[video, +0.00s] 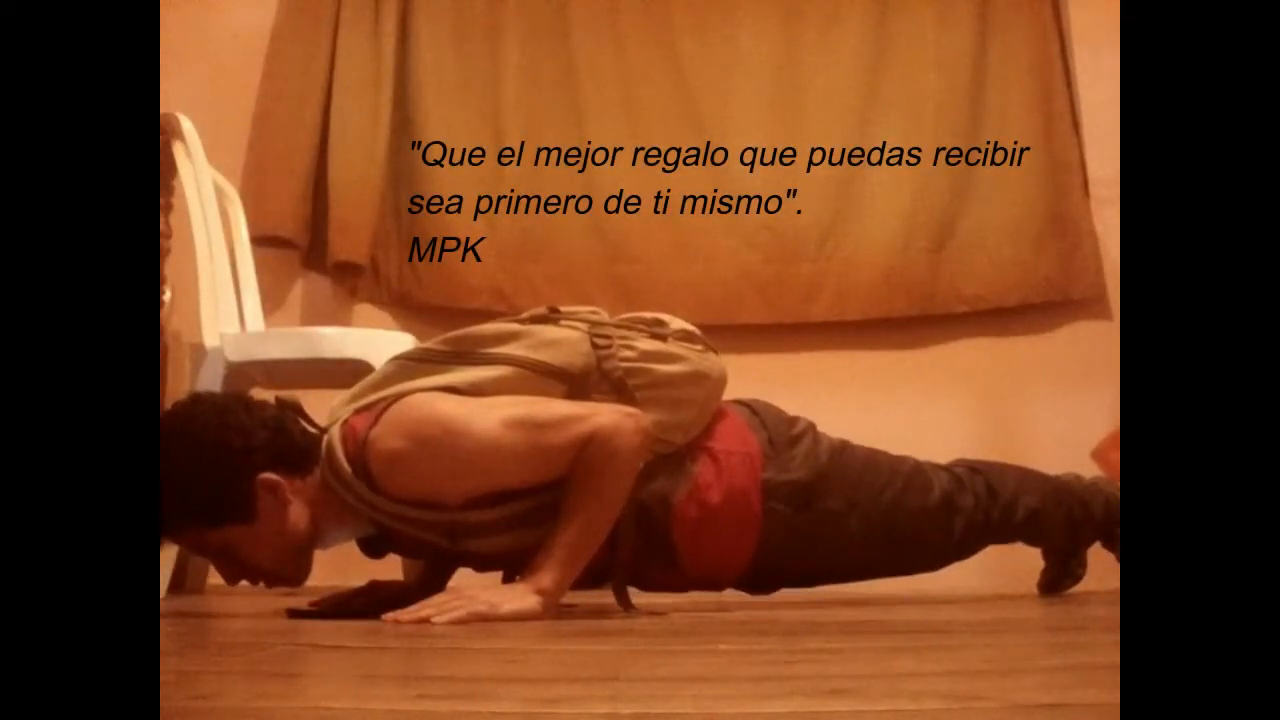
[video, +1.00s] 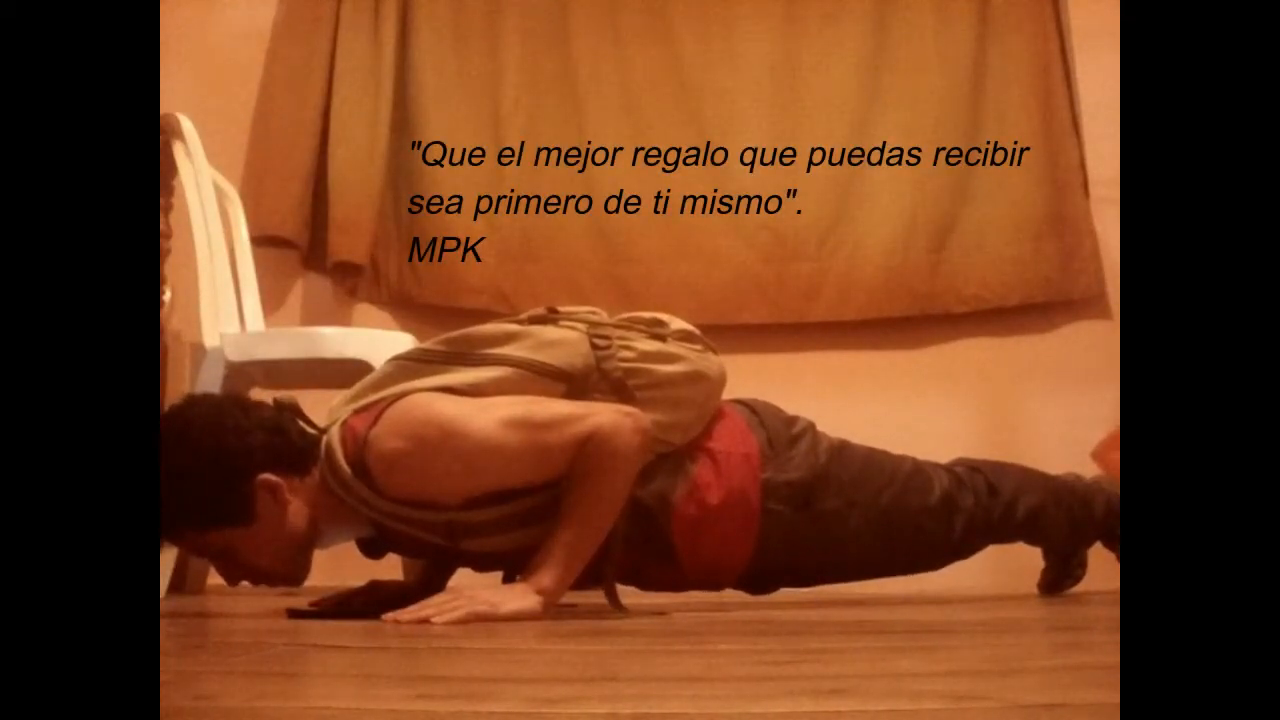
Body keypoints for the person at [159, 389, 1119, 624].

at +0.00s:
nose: (225, 573)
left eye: (220, 549)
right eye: (207, 559)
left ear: (275, 491)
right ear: (270, 483)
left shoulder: (405, 448)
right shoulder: (356, 457)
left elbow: (616, 438)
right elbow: (462, 538)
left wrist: (538, 587)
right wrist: (394, 585)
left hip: (740, 488)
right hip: (710, 502)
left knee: (944, 508)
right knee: (922, 507)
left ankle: (1094, 504)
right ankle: (1072, 506)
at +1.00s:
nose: (225, 573)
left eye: (218, 549)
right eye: (207, 560)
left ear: (271, 491)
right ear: (266, 480)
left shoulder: (402, 448)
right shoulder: (355, 458)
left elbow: (615, 437)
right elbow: (459, 536)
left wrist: (540, 588)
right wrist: (392, 585)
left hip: (739, 487)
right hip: (711, 501)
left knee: (946, 508)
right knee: (926, 505)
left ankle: (1094, 505)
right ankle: (1078, 505)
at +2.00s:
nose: (220, 573)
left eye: (214, 548)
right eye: (201, 559)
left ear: (267, 489)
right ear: (263, 481)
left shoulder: (400, 448)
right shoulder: (354, 461)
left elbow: (613, 437)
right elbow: (454, 548)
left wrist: (538, 588)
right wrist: (376, 592)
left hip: (739, 491)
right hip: (712, 502)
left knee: (944, 508)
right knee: (923, 506)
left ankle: (1091, 504)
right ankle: (1075, 503)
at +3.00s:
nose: (217, 575)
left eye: (211, 550)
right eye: (199, 559)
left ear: (264, 493)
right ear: (260, 481)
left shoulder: (400, 452)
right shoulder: (355, 458)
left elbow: (613, 438)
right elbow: (485, 528)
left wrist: (538, 588)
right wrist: (392, 584)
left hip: (737, 496)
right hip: (710, 502)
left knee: (944, 510)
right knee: (923, 507)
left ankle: (1093, 506)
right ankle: (1077, 504)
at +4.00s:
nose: (219, 576)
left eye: (211, 552)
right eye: (200, 561)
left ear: (263, 494)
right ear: (260, 483)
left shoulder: (396, 451)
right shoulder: (353, 461)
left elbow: (610, 438)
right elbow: (481, 534)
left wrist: (539, 588)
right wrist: (384, 589)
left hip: (735, 490)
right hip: (707, 505)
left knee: (941, 509)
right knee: (921, 509)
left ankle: (1093, 505)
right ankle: (1075, 506)